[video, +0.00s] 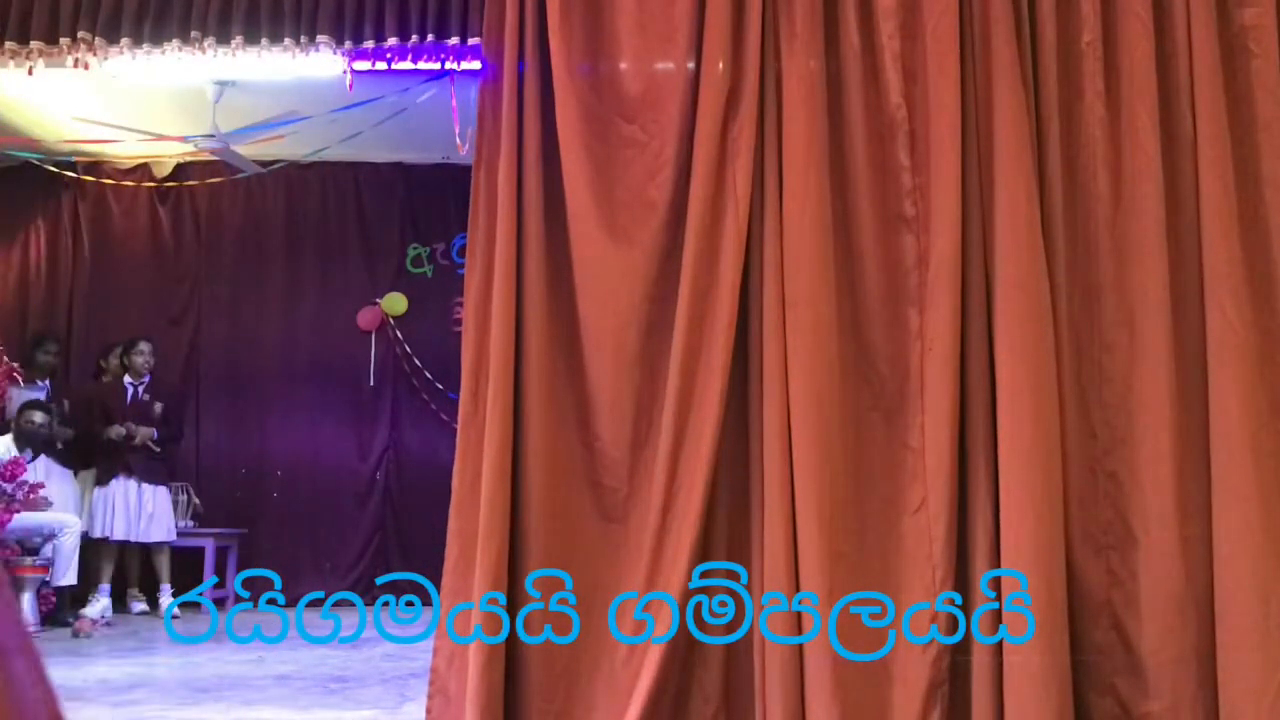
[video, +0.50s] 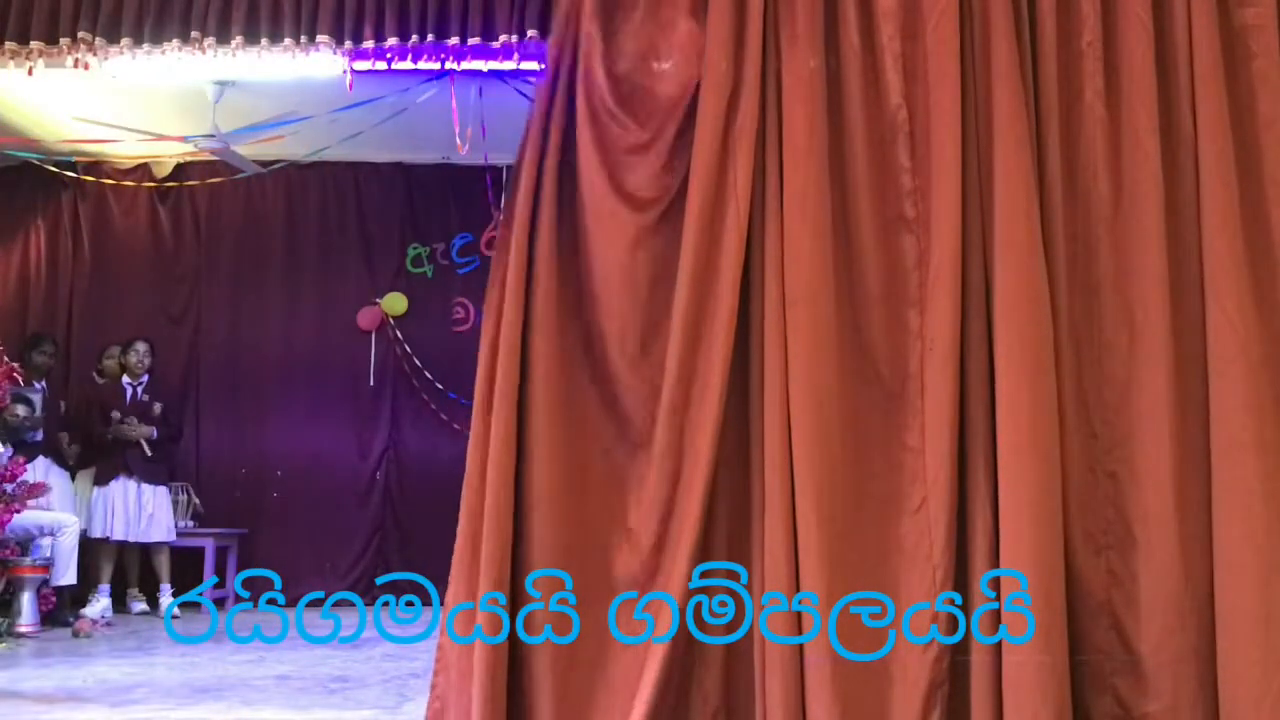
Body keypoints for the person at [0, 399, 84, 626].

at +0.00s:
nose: (35, 430)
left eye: (41, 426)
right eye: (30, 423)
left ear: (48, 431)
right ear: (16, 423)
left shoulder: (43, 458)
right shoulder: (3, 449)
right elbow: (2, 499)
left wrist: (30, 502)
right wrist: (22, 504)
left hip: (19, 516)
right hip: (5, 519)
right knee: (70, 524)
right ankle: (60, 602)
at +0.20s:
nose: (24, 425)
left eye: (30, 421)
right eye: (18, 418)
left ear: (36, 425)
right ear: (5, 420)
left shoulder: (13, 452)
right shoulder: (4, 451)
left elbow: (11, 492)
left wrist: (25, 501)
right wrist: (21, 504)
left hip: (13, 516)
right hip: (5, 518)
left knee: (45, 544)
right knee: (67, 523)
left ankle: (25, 605)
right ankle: (61, 601)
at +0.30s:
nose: (48, 360)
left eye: (53, 356)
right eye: (43, 354)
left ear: (57, 359)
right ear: (30, 354)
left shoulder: (56, 389)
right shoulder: (15, 389)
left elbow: (59, 420)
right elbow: (7, 424)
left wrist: (64, 441)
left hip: (52, 457)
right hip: (23, 456)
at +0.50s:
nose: (47, 360)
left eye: (52, 356)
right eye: (42, 354)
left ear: (56, 359)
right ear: (29, 355)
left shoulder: (54, 389)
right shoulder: (13, 388)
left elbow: (59, 425)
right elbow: (6, 429)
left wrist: (66, 448)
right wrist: (27, 423)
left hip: (52, 458)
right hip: (23, 457)